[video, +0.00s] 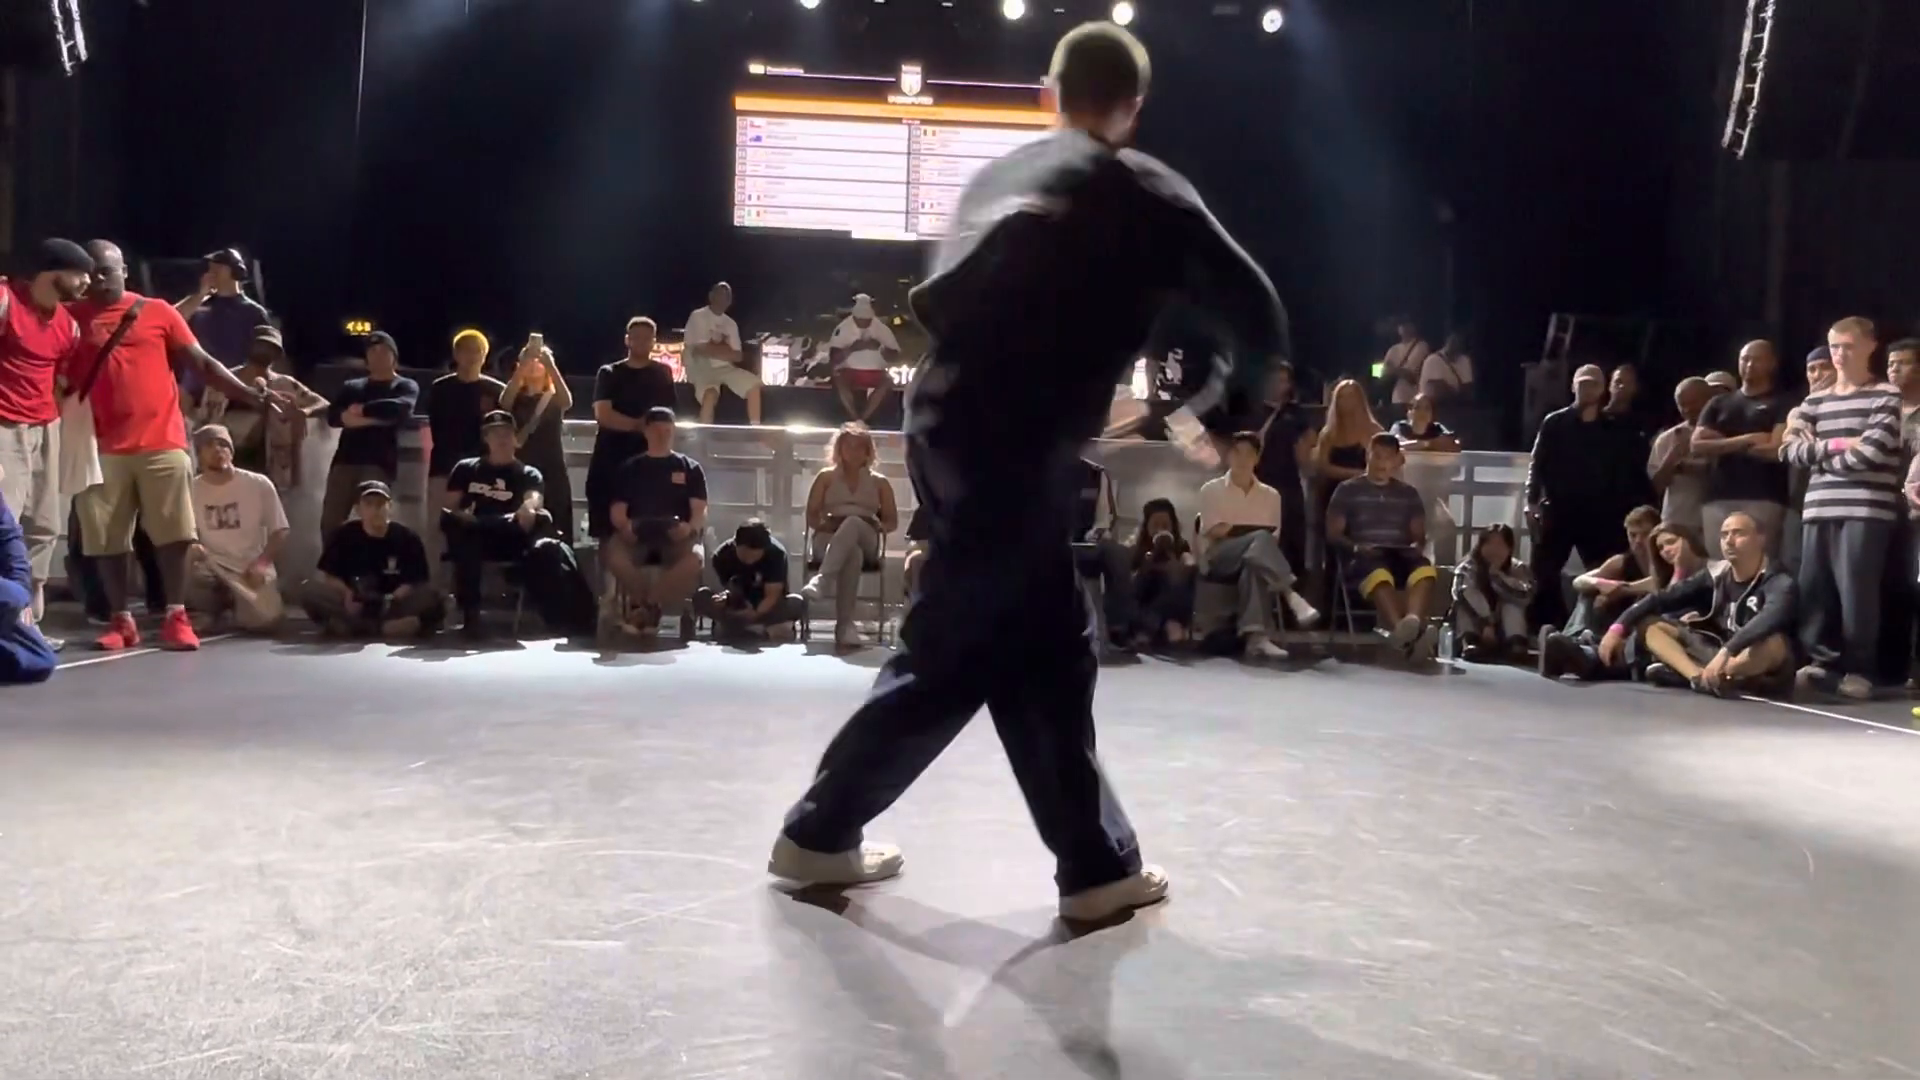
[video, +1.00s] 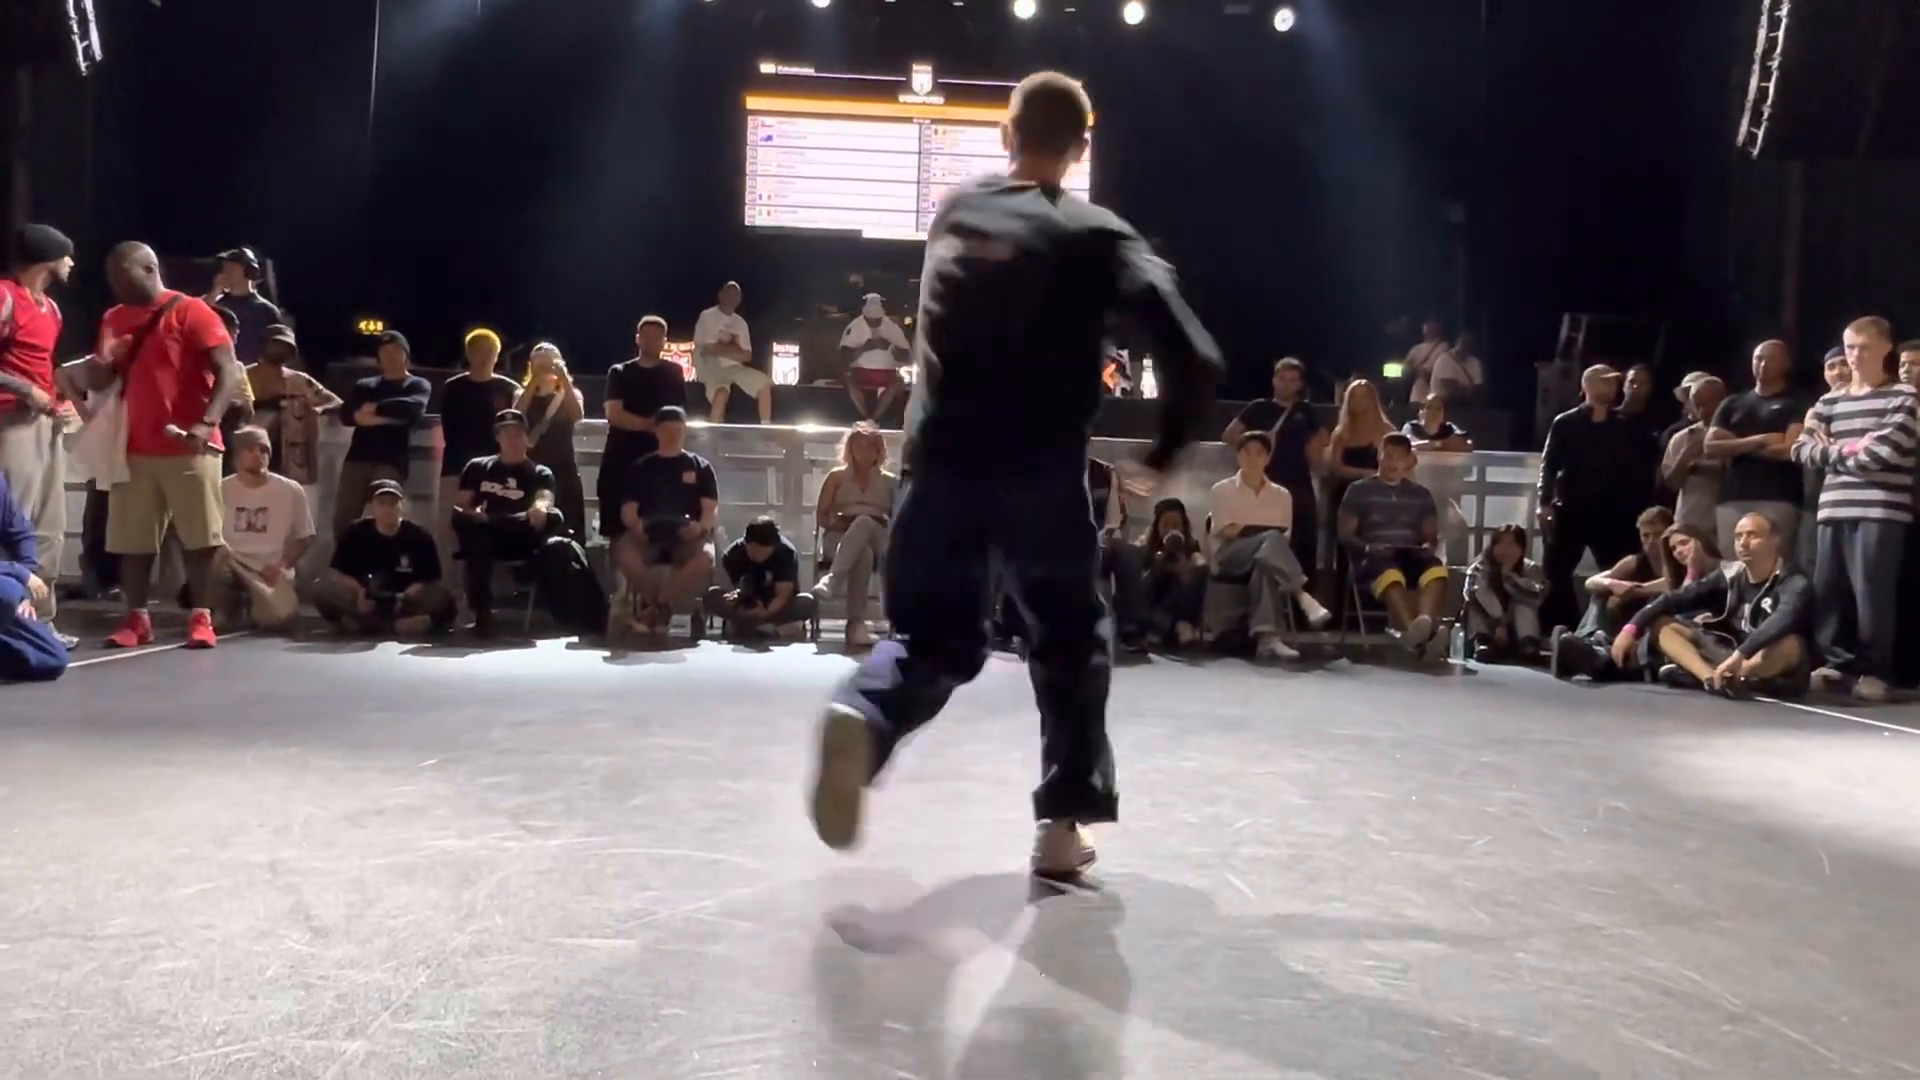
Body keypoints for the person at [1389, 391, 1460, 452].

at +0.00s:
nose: (1422, 413)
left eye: (1426, 408)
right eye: (1417, 408)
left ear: (1432, 412)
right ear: (1410, 412)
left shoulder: (1438, 429)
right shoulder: (1399, 427)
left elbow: (1453, 446)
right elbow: (1393, 446)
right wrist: (1427, 444)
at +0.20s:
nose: (1424, 413)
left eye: (1428, 408)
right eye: (1418, 408)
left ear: (1434, 412)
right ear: (1412, 411)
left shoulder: (1440, 429)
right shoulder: (1401, 428)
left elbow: (1454, 443)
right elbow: (1396, 445)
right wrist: (1430, 444)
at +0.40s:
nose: (1426, 412)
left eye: (1430, 408)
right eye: (1419, 407)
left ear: (1436, 411)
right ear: (1414, 410)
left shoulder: (1443, 429)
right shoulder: (1403, 428)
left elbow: (1458, 446)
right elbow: (1398, 447)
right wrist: (1433, 444)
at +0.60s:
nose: (1428, 411)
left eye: (1433, 407)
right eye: (1423, 406)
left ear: (1439, 410)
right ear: (1417, 409)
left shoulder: (1445, 427)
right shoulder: (1406, 426)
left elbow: (1462, 445)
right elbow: (1401, 445)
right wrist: (1434, 443)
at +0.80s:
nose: (1430, 412)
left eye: (1435, 408)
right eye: (1425, 407)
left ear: (1442, 412)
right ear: (1420, 410)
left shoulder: (1448, 428)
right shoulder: (1408, 427)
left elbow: (1465, 446)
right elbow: (1402, 447)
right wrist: (1437, 443)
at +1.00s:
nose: (1432, 412)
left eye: (1437, 408)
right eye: (1427, 408)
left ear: (1443, 412)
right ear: (1422, 411)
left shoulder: (1451, 429)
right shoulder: (1411, 428)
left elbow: (1466, 446)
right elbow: (1406, 447)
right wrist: (1440, 444)